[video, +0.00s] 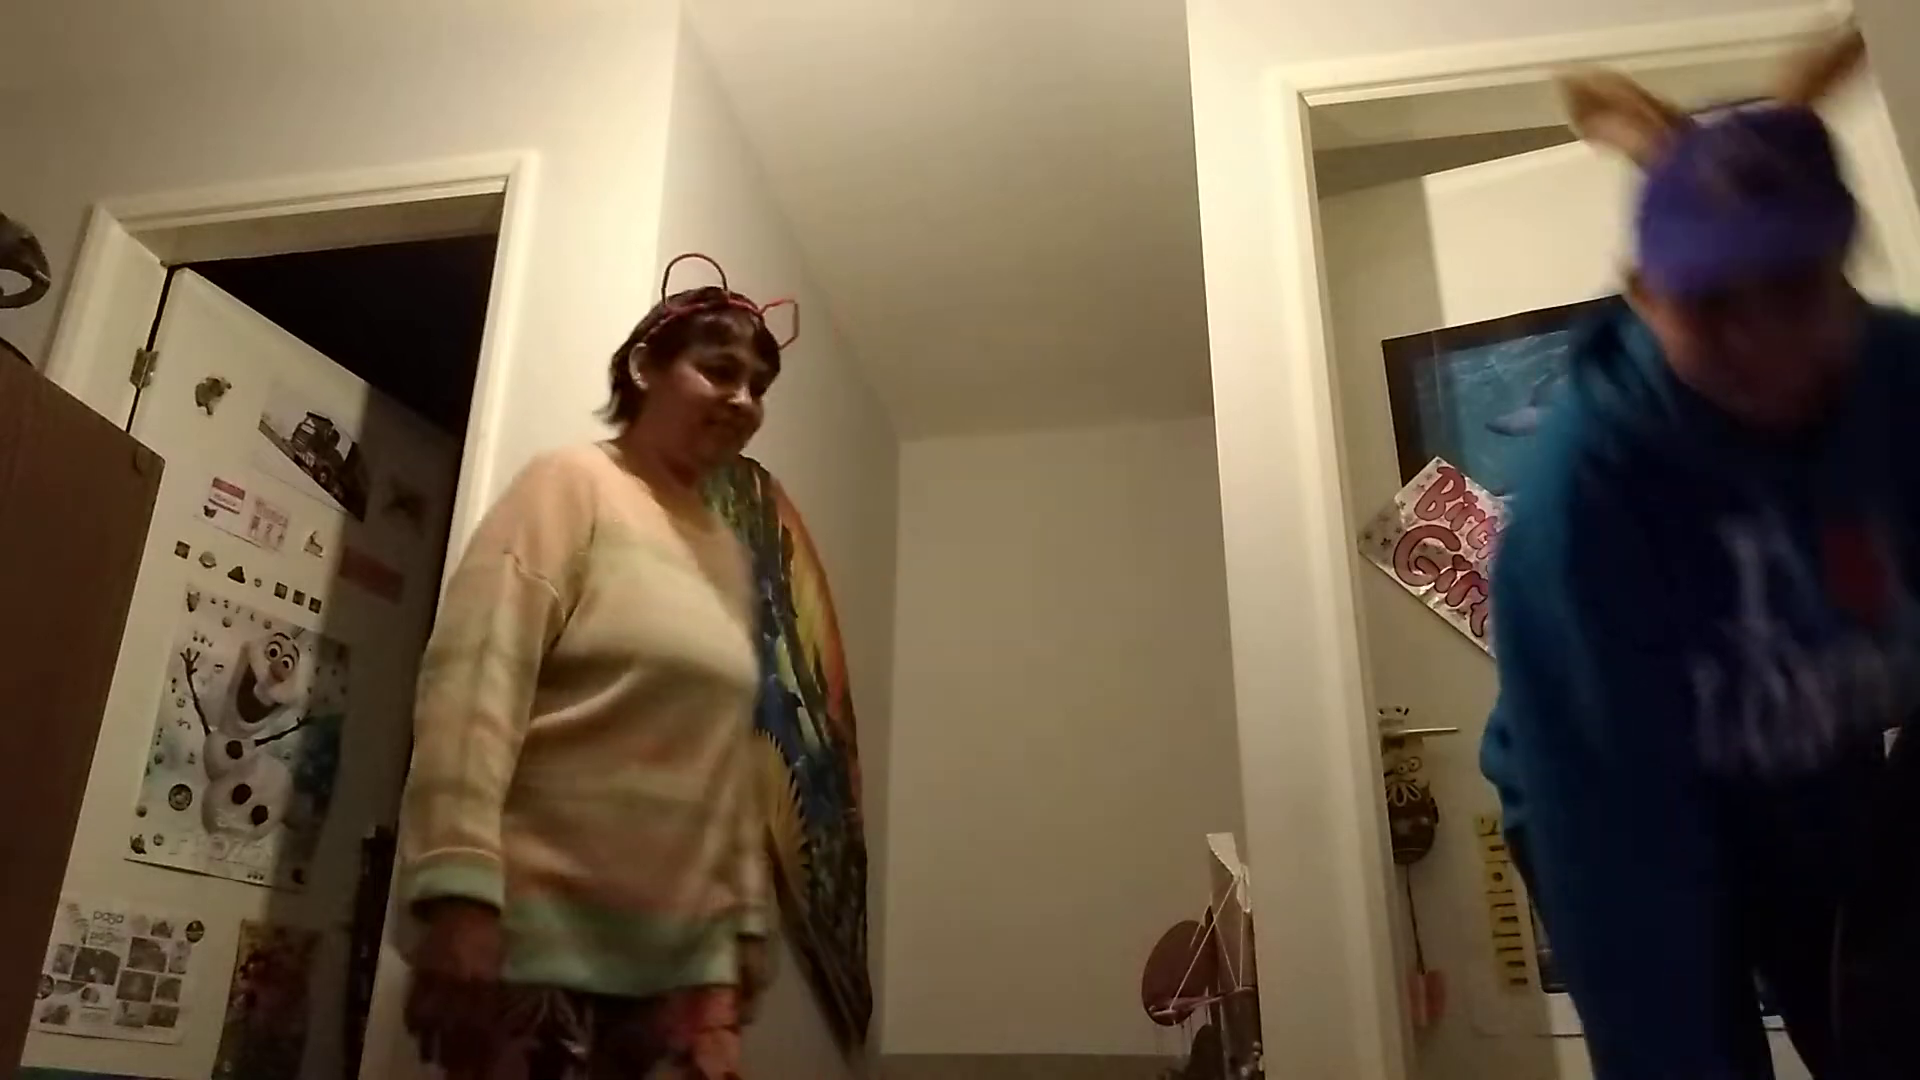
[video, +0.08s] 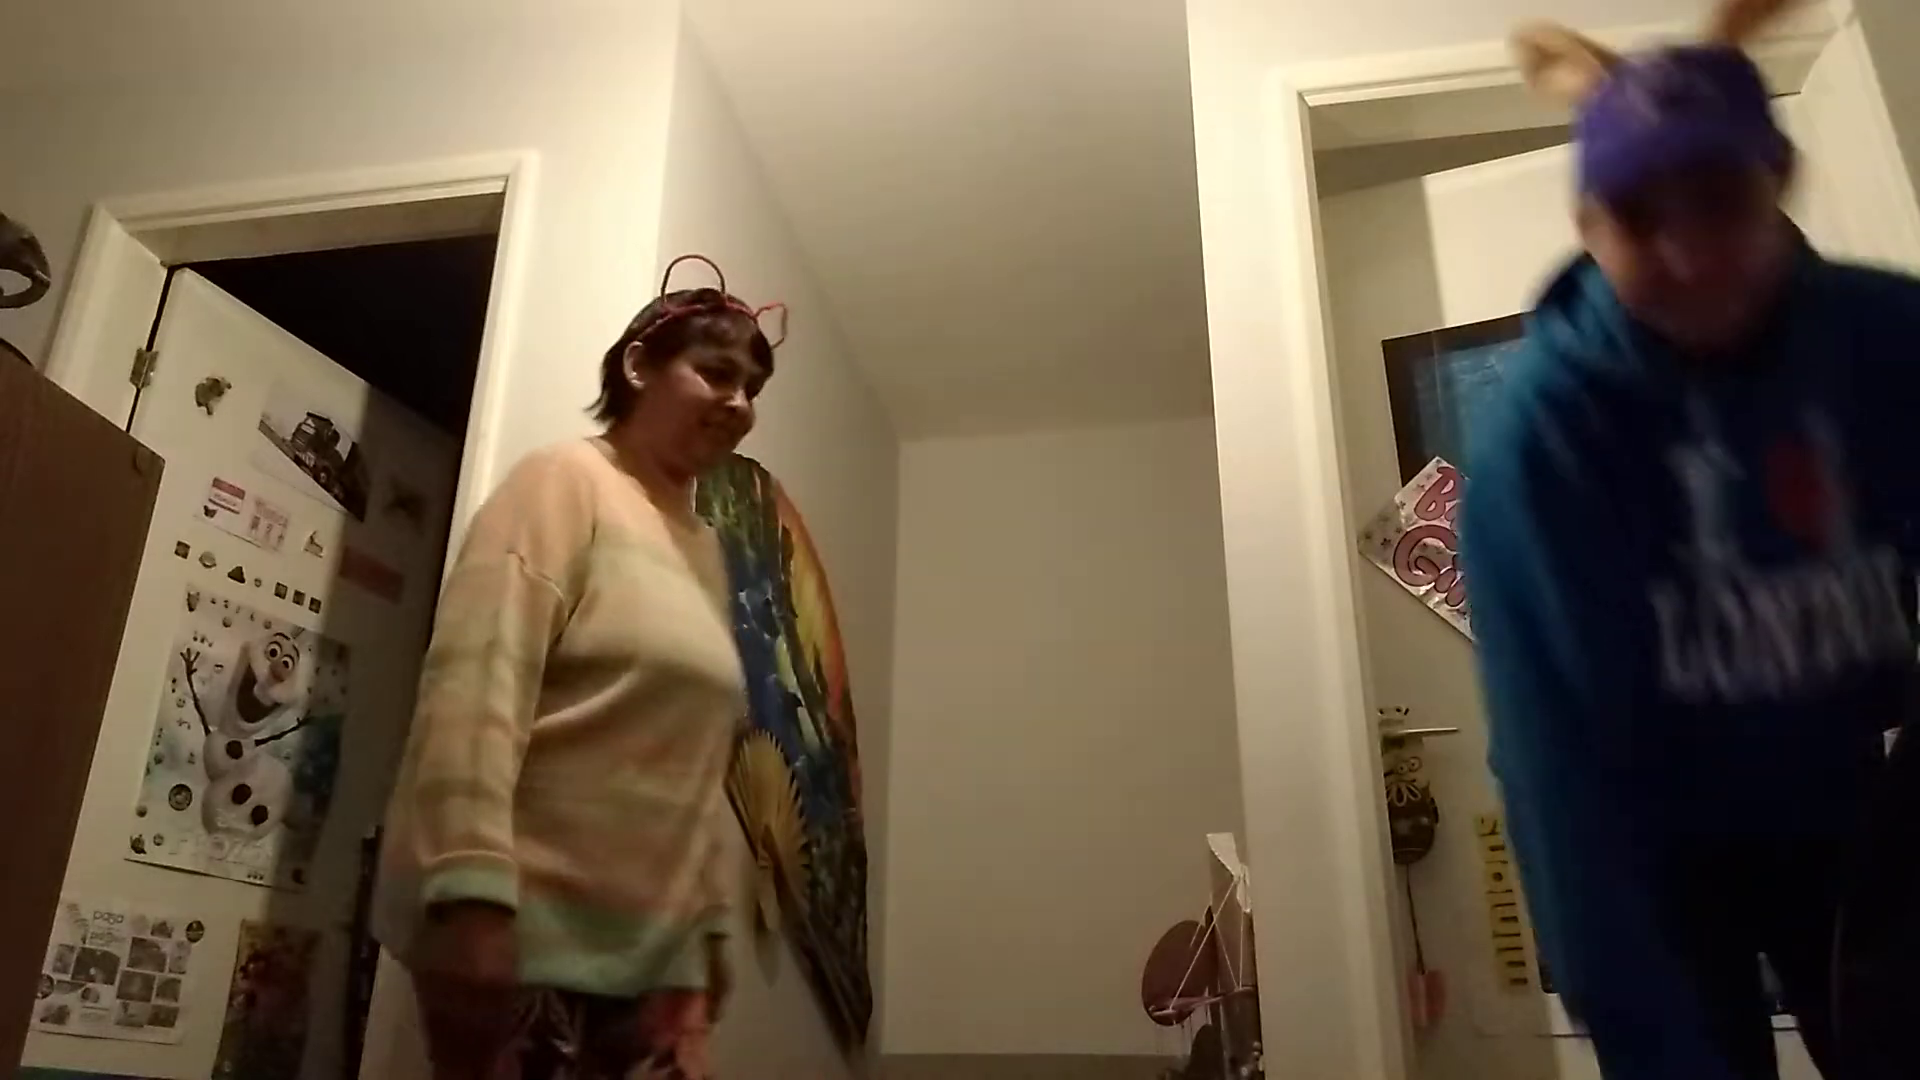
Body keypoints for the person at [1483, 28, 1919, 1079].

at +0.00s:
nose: (1758, 340)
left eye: (1792, 294)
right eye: (1711, 304)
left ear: (1843, 271)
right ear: (1646, 297)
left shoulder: (1900, 384)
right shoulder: (1587, 489)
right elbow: (1602, 826)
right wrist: (1674, 1057)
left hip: (1848, 803)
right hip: (1649, 836)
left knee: (1888, 1047)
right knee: (1690, 1056)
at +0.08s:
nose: (1684, 253)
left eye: (1718, 206)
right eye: (1640, 217)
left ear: (1779, 190)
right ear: (1588, 228)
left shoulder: (1890, 340)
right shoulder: (1541, 430)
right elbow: (1549, 748)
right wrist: (1622, 1000)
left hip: (1874, 836)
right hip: (1658, 861)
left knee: (1891, 1050)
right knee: (1698, 1060)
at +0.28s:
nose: (1597, 156)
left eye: (1631, 111)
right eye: (1560, 134)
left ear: (1704, 113)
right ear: (1536, 166)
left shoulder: (1870, 269)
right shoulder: (1503, 367)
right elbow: (1481, 664)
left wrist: (1913, 651)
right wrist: (1581, 863)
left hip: (1887, 811)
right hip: (1670, 844)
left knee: (1891, 1060)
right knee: (1699, 1079)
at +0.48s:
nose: (1618, 169)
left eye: (1648, 132)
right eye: (1585, 151)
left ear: (1726, 140)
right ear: (1568, 185)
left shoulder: (1874, 268)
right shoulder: (1548, 389)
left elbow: (1917, 521)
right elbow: (1518, 634)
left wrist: (1847, 622)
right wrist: (1547, 732)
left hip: (1882, 782)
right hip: (1695, 818)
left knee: (1883, 1050)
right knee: (1712, 1062)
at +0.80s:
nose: (1637, 184)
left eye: (1665, 150)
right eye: (1611, 174)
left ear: (1743, 161)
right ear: (1604, 216)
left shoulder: (1863, 256)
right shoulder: (1614, 381)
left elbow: (1913, 457)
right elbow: (1616, 635)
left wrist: (1757, 508)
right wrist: (1583, 596)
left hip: (1877, 777)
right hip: (1709, 809)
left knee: (1882, 1052)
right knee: (1741, 1064)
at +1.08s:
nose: (1613, 230)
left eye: (1641, 198)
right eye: (1589, 222)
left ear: (1719, 208)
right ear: (1585, 259)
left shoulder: (1812, 303)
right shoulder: (1601, 425)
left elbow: (1870, 523)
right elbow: (1604, 685)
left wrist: (1626, 580)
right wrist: (1512, 591)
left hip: (1850, 787)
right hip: (1699, 818)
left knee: (1865, 1052)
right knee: (1750, 1059)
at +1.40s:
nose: (1590, 269)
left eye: (1604, 232)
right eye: (1579, 251)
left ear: (1688, 203)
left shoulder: (1798, 289)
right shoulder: (1668, 380)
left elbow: (1775, 482)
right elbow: (1598, 629)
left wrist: (1552, 466)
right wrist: (1525, 517)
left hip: (1804, 786)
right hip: (1710, 798)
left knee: (1816, 1051)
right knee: (1756, 1053)